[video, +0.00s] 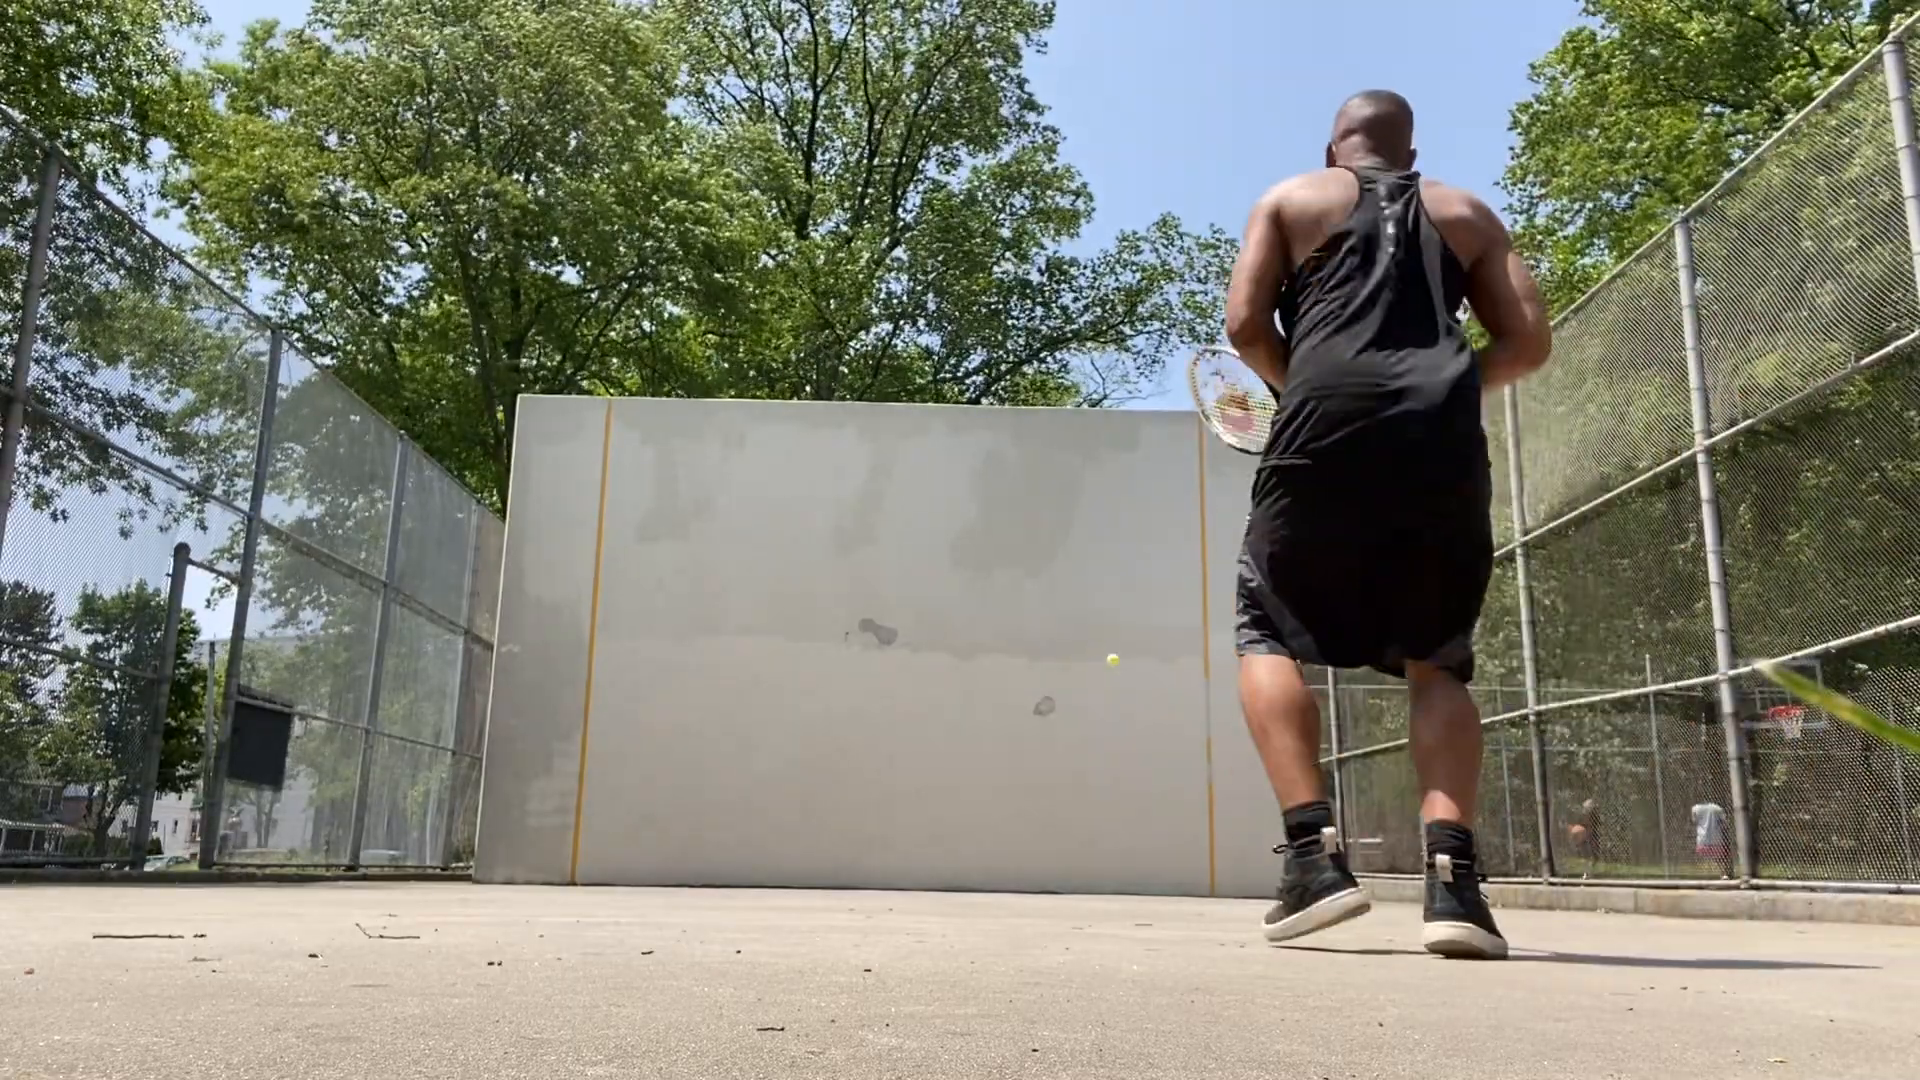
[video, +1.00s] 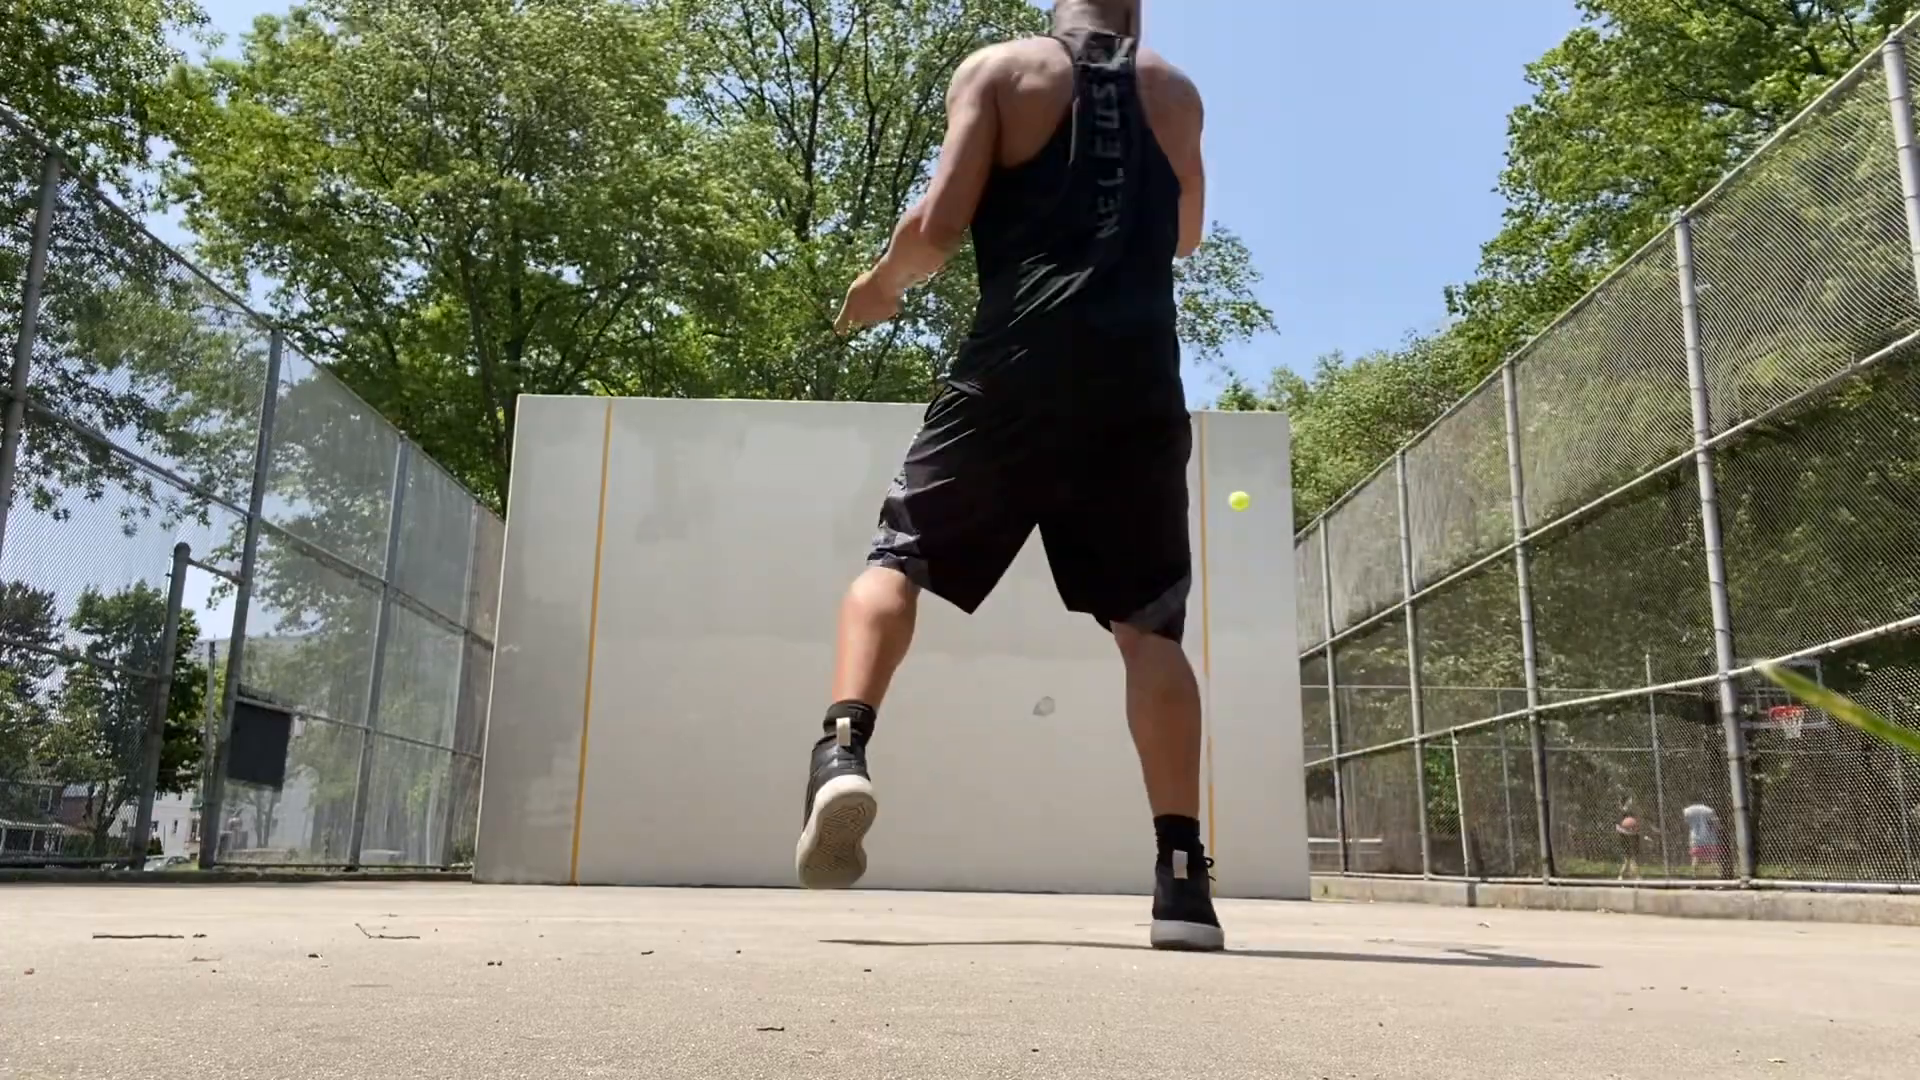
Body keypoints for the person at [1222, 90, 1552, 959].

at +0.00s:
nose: (1337, 147)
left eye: (1337, 138)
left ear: (1333, 146)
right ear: (1414, 154)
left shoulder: (1288, 200)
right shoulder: (1465, 210)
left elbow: (1244, 323)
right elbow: (1527, 343)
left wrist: (1308, 389)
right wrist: (1444, 383)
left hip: (1325, 431)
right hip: (1442, 438)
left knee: (1270, 633)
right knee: (1440, 661)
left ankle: (1313, 856)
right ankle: (1451, 880)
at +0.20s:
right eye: (1337, 125)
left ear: (1266, 135)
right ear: (1349, 136)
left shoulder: (1200, 196)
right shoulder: (1387, 182)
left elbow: (1157, 344)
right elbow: (1428, 298)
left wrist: (1217, 397)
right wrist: (1365, 383)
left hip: (1188, 418)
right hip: (1318, 432)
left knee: (1105, 620)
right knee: (1391, 657)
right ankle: (1452, 895)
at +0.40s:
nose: (1230, 124)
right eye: (1231, 111)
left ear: (1149, 98)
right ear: (1226, 110)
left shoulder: (1071, 161)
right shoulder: (1239, 154)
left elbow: (1082, 278)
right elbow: (1266, 307)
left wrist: (1225, 327)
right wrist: (1251, 343)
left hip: (1032, 417)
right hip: (1160, 432)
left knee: (966, 646)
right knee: (1269, 663)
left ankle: (878, 860)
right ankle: (1390, 879)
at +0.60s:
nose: (1201, 93)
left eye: (1195, 80)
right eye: (1203, 80)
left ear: (1124, 51)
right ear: (1190, 66)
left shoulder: (1037, 131)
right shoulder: (1166, 91)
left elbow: (993, 249)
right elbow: (1200, 172)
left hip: (973, 377)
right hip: (1090, 392)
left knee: (933, 625)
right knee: (1162, 638)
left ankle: (874, 870)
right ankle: (1179, 879)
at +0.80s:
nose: (1198, 117)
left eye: (1195, 103)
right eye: (1196, 104)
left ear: (1117, 68)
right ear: (1186, 88)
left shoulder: (1025, 138)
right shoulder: (1168, 126)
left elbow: (897, 223)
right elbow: (1215, 240)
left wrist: (862, 273)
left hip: (971, 388)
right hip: (1095, 401)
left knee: (933, 629)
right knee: (1164, 642)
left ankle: (867, 854)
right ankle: (1177, 886)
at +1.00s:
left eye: (1057, 16)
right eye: (1139, 20)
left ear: (1054, 13)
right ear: (1139, 18)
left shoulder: (996, 68)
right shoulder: (1175, 93)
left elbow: (937, 225)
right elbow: (1185, 235)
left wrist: (883, 284)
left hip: (1012, 377)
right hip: (1139, 397)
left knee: (898, 559)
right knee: (1152, 631)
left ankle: (843, 752)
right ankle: (1182, 884)